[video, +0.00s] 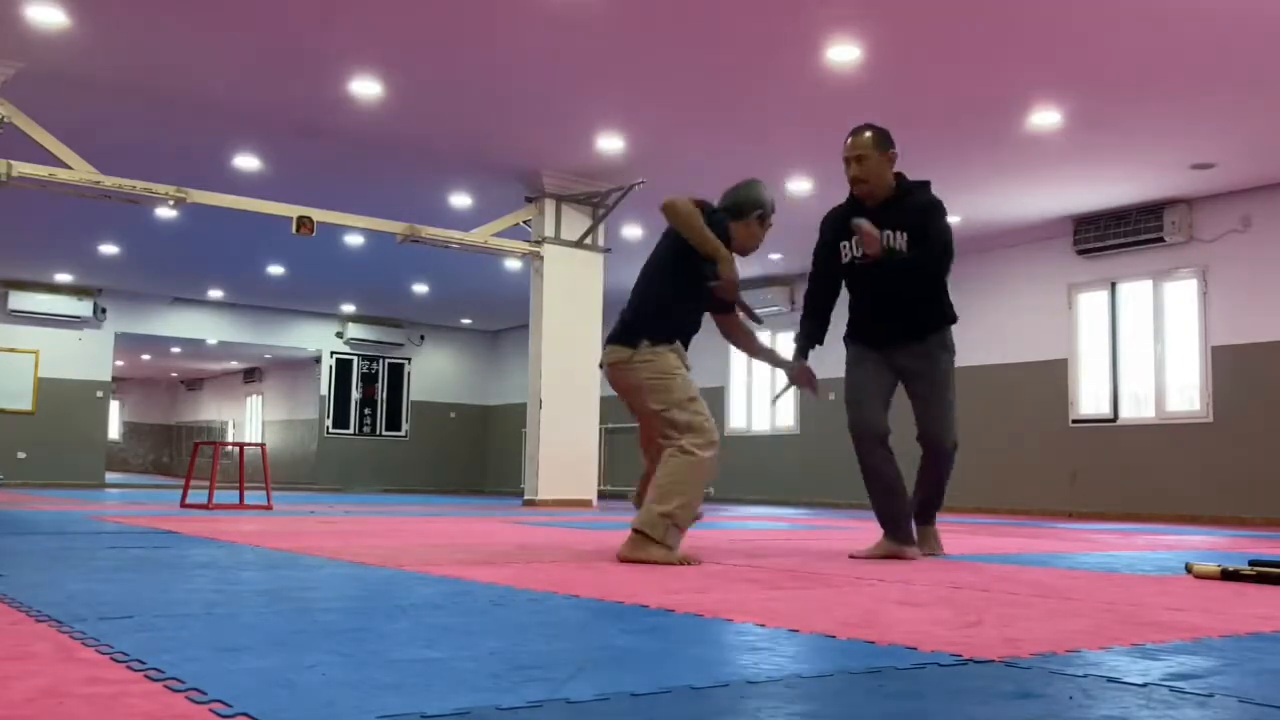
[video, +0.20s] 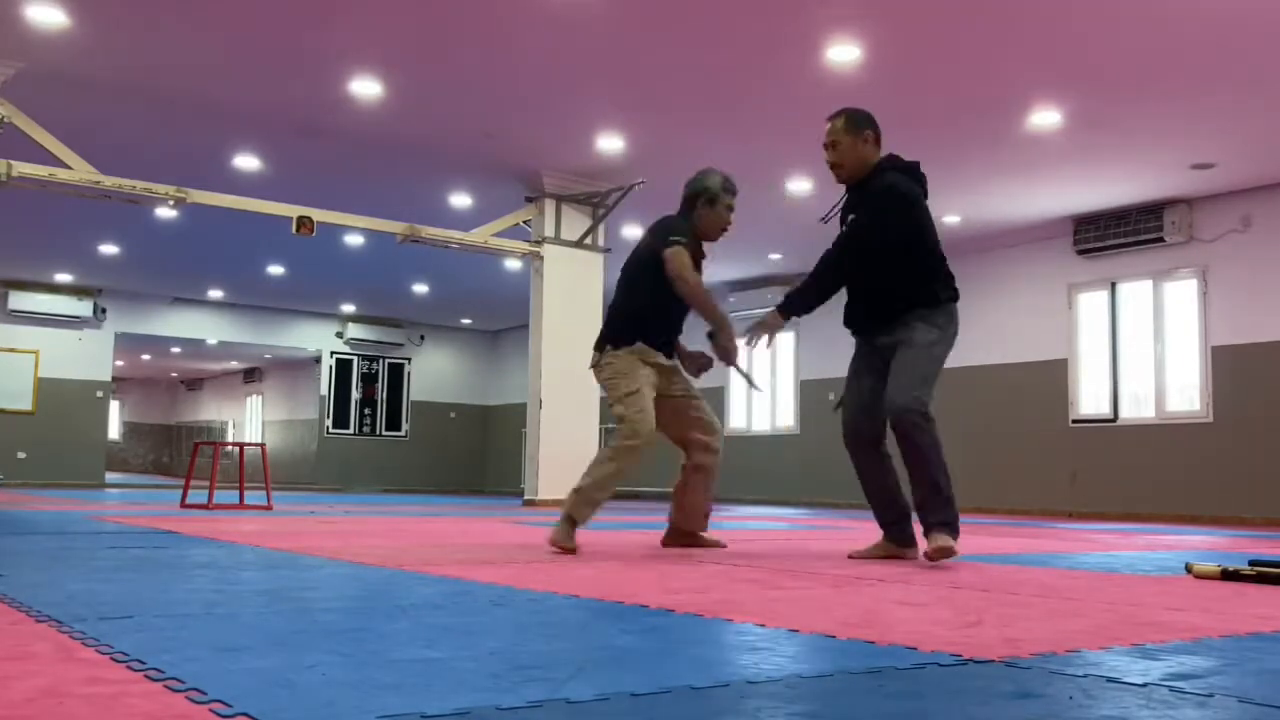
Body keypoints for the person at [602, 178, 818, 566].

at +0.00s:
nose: (763, 238)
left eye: (766, 229)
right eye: (764, 227)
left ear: (739, 217)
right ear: (750, 218)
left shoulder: (711, 262)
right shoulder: (709, 220)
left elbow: (735, 331)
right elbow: (673, 207)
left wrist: (787, 365)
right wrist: (723, 257)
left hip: (637, 353)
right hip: (645, 352)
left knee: (665, 446)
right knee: (699, 439)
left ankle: (653, 537)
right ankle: (650, 540)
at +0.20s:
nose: (730, 221)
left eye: (732, 212)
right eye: (726, 210)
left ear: (704, 208)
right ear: (701, 205)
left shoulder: (690, 252)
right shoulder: (672, 230)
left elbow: (656, 313)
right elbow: (683, 280)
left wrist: (683, 353)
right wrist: (721, 327)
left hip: (659, 361)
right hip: (622, 355)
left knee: (706, 436)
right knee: (637, 433)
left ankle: (684, 528)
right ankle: (569, 520)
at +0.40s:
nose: (657, 202)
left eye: (660, 195)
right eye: (650, 193)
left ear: (656, 200)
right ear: (621, 194)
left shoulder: (647, 251)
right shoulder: (589, 233)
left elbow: (631, 313)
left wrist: (658, 306)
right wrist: (600, 338)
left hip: (635, 367)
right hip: (585, 368)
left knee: (688, 428)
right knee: (557, 456)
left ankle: (682, 523)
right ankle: (520, 532)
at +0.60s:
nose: (612, 193)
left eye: (617, 186)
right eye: (604, 184)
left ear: (621, 191)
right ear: (578, 185)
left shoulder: (626, 239)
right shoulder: (546, 230)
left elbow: (658, 289)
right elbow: (512, 278)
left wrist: (678, 287)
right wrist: (532, 305)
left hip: (612, 359)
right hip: (557, 359)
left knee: (648, 436)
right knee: (537, 445)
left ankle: (641, 522)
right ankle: (522, 526)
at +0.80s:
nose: (611, 193)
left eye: (617, 186)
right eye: (603, 184)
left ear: (622, 190)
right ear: (579, 183)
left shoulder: (624, 237)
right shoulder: (546, 222)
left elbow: (629, 297)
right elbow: (512, 268)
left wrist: (622, 342)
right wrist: (528, 299)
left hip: (606, 352)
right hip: (553, 355)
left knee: (645, 429)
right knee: (535, 440)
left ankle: (652, 520)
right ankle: (522, 524)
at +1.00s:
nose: (628, 198)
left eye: (633, 191)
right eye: (620, 189)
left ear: (636, 193)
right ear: (596, 186)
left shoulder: (637, 241)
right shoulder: (559, 223)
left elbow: (650, 304)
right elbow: (521, 272)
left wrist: (647, 294)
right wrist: (549, 299)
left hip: (614, 355)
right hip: (560, 356)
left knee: (646, 432)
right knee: (538, 441)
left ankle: (655, 528)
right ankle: (521, 526)